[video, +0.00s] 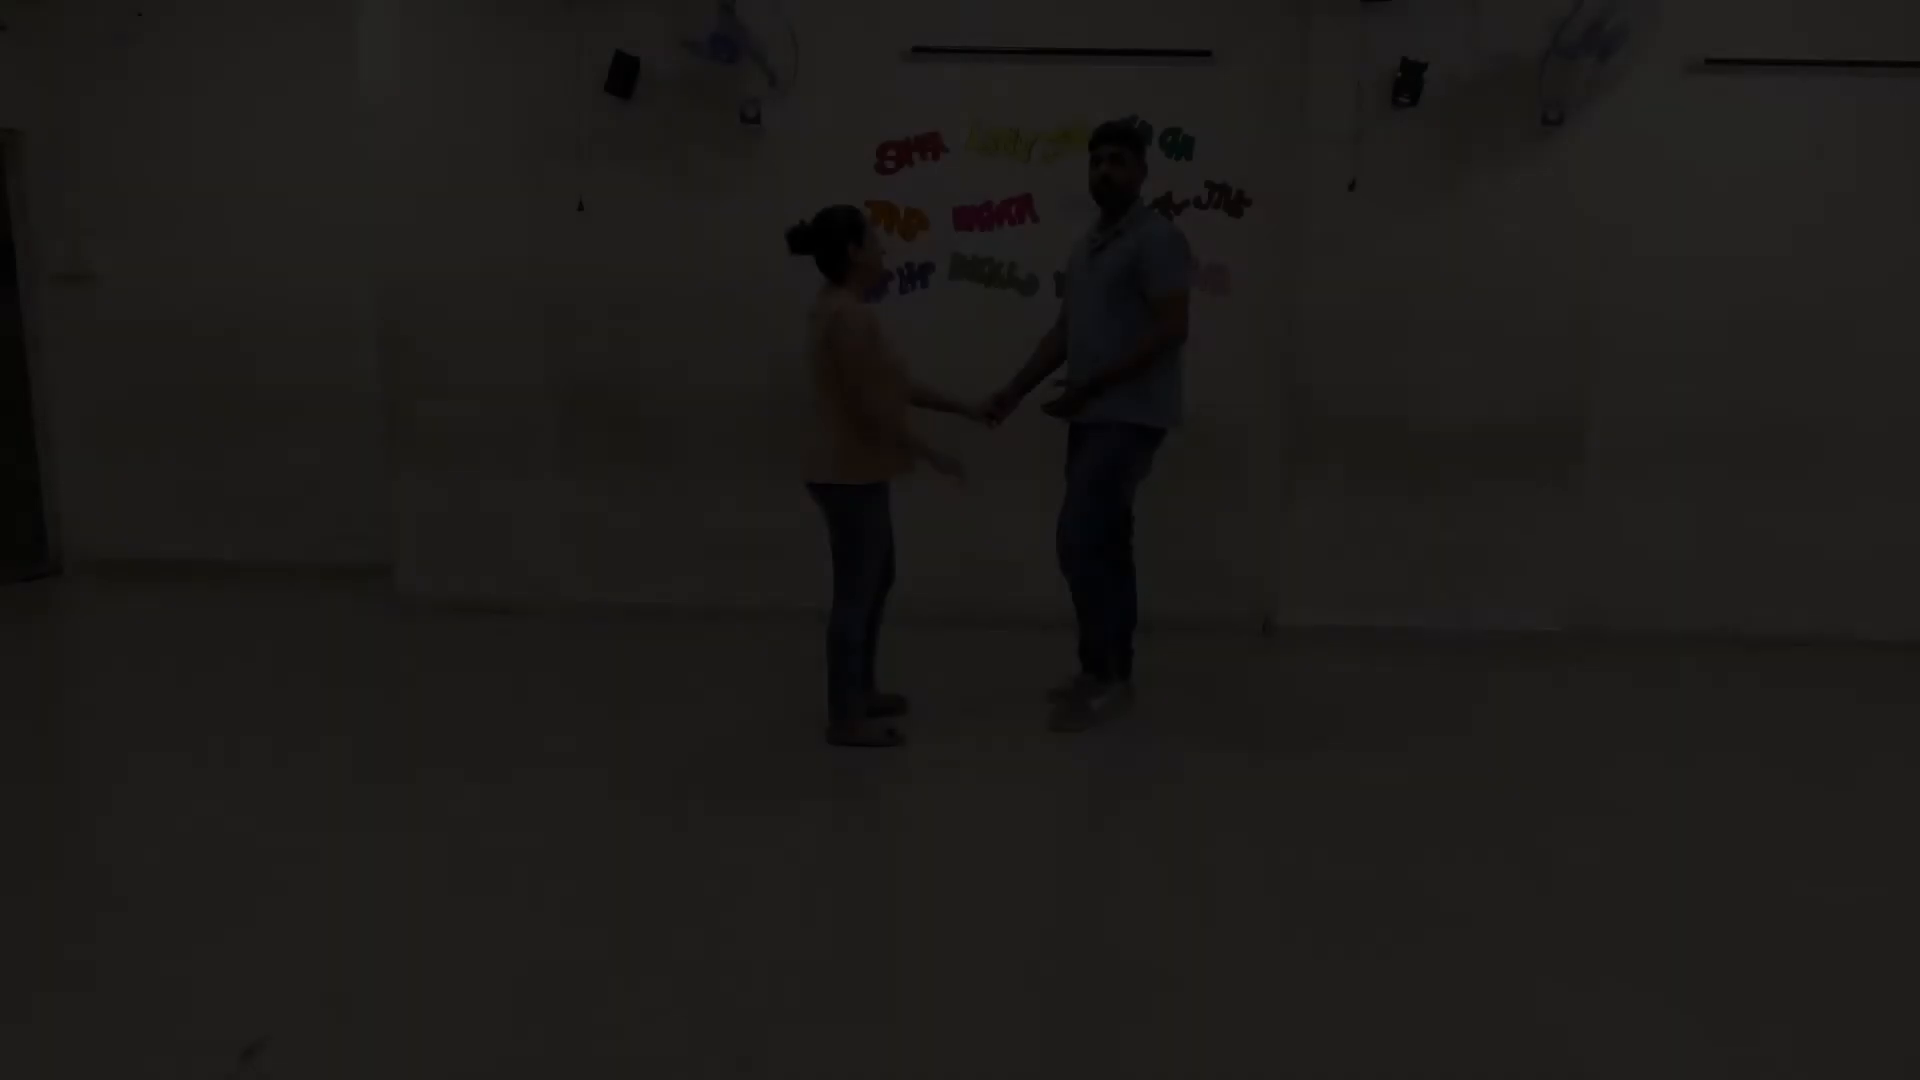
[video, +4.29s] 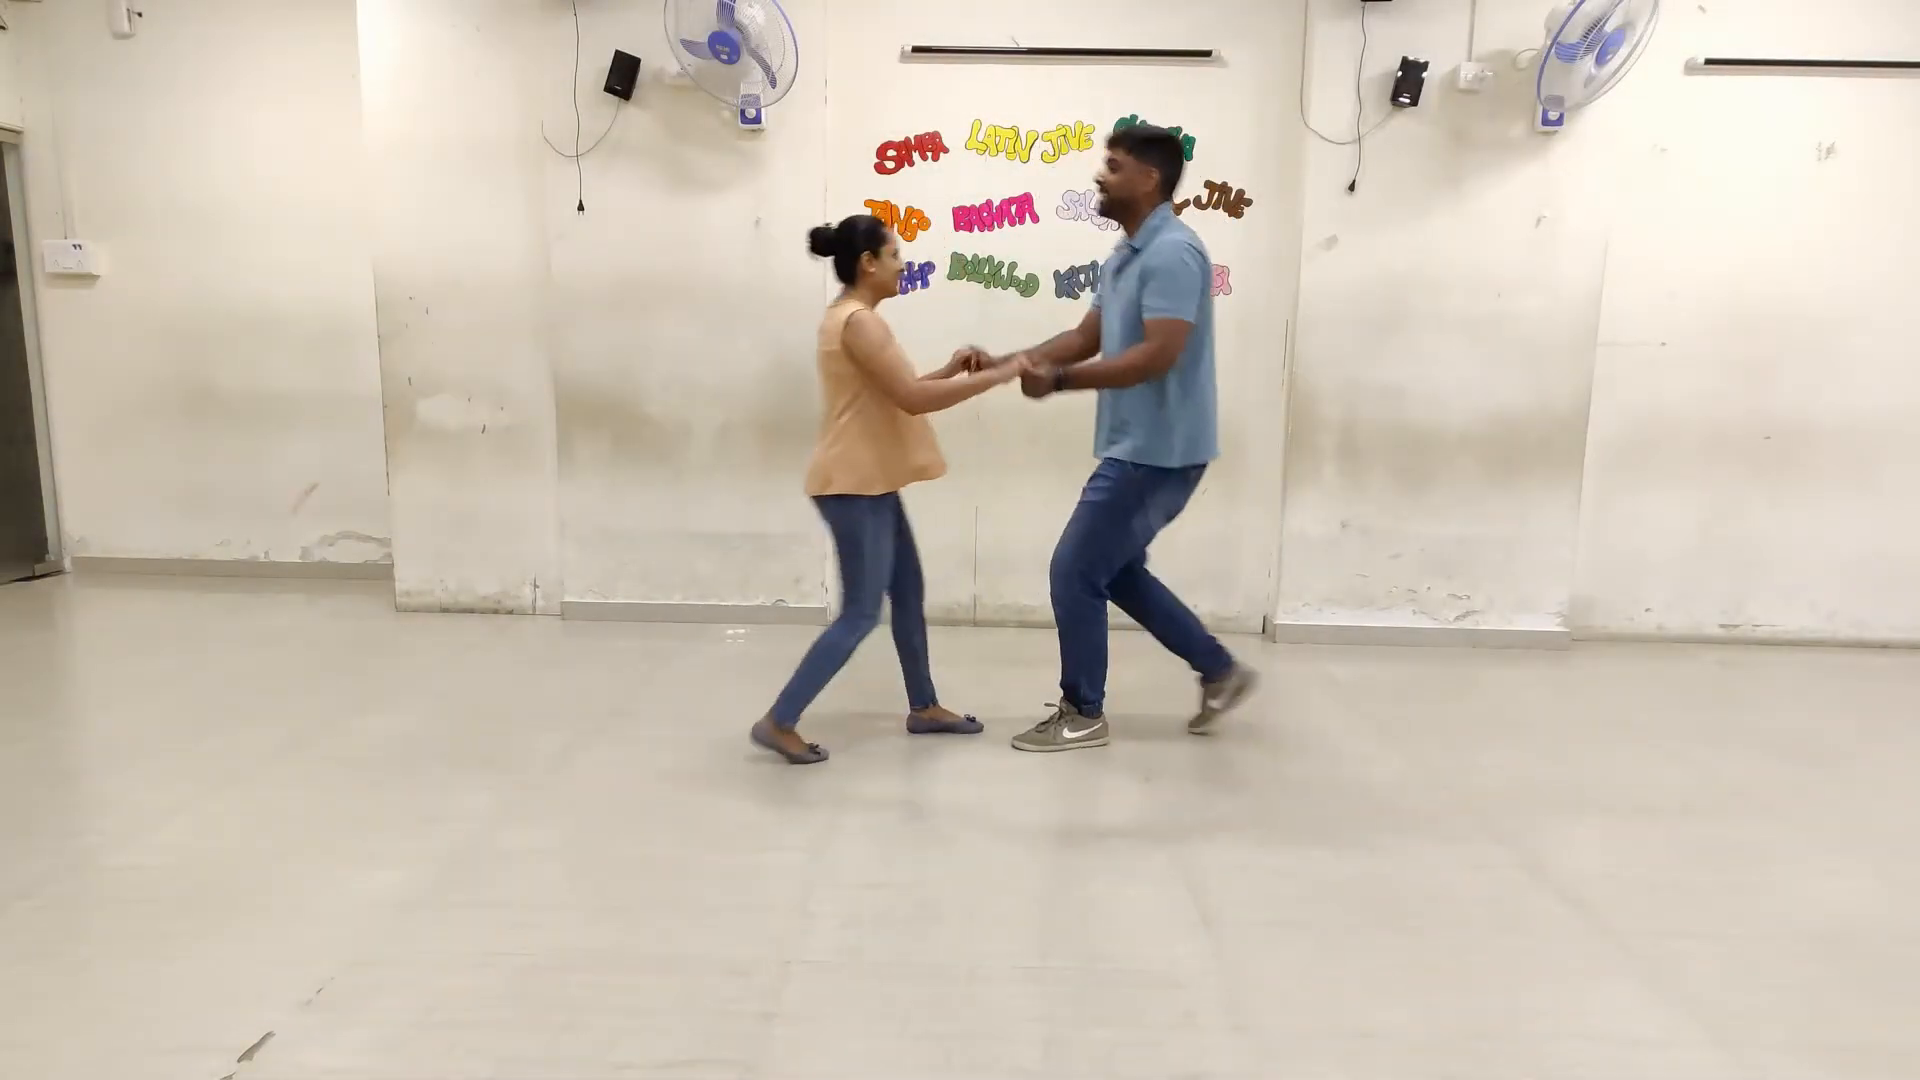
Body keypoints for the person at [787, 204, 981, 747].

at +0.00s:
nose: (882, 255)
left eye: (876, 244)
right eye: (872, 246)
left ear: (838, 256)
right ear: (852, 255)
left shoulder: (842, 312)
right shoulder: (847, 317)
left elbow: (898, 387)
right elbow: (879, 404)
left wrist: (968, 408)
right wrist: (934, 458)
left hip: (850, 472)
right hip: (849, 475)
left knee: (869, 580)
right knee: (862, 584)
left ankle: (860, 694)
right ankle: (848, 714)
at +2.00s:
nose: (833, 242)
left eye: (827, 234)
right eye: (825, 237)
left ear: (798, 258)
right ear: (806, 256)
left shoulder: (791, 307)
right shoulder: (810, 319)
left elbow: (876, 381)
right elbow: (881, 385)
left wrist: (959, 399)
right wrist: (969, 400)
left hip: (823, 465)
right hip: (815, 469)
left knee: (861, 568)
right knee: (833, 589)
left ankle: (836, 687)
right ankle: (810, 716)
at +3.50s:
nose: (873, 250)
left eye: (869, 241)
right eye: (862, 243)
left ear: (840, 257)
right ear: (832, 256)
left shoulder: (842, 312)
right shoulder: (826, 316)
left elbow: (870, 391)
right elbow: (889, 388)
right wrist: (966, 365)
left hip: (856, 476)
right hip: (822, 478)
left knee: (910, 568)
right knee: (842, 600)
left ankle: (897, 692)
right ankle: (798, 719)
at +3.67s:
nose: (919, 264)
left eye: (915, 255)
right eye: (908, 257)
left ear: (884, 271)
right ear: (879, 270)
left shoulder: (890, 335)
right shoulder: (871, 337)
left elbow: (918, 420)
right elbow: (900, 429)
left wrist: (988, 420)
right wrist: (985, 429)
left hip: (903, 493)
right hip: (869, 494)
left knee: (948, 586)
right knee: (877, 614)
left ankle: (925, 706)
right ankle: (802, 714)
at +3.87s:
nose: (961, 240)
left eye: (958, 231)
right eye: (951, 232)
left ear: (928, 245)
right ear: (922, 244)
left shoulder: (935, 306)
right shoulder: (913, 309)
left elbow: (941, 386)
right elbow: (914, 397)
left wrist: (993, 363)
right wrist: (988, 371)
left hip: (946, 467)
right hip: (921, 470)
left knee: (949, 590)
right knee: (948, 592)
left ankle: (926, 703)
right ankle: (886, 697)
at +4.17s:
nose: (944, 250)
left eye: (940, 241)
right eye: (934, 242)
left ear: (905, 252)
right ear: (907, 252)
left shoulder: (906, 310)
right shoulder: (896, 314)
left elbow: (920, 391)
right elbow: (917, 398)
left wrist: (975, 359)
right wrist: (984, 364)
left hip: (918, 472)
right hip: (896, 474)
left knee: (931, 597)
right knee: (923, 599)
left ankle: (924, 706)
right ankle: (836, 697)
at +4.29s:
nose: (903, 266)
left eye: (900, 256)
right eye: (895, 257)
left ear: (863, 264)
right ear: (868, 263)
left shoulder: (851, 319)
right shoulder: (857, 322)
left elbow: (898, 393)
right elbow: (913, 397)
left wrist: (950, 374)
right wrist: (999, 376)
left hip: (871, 484)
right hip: (853, 486)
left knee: (907, 588)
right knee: (862, 613)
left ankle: (924, 707)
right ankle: (779, 721)